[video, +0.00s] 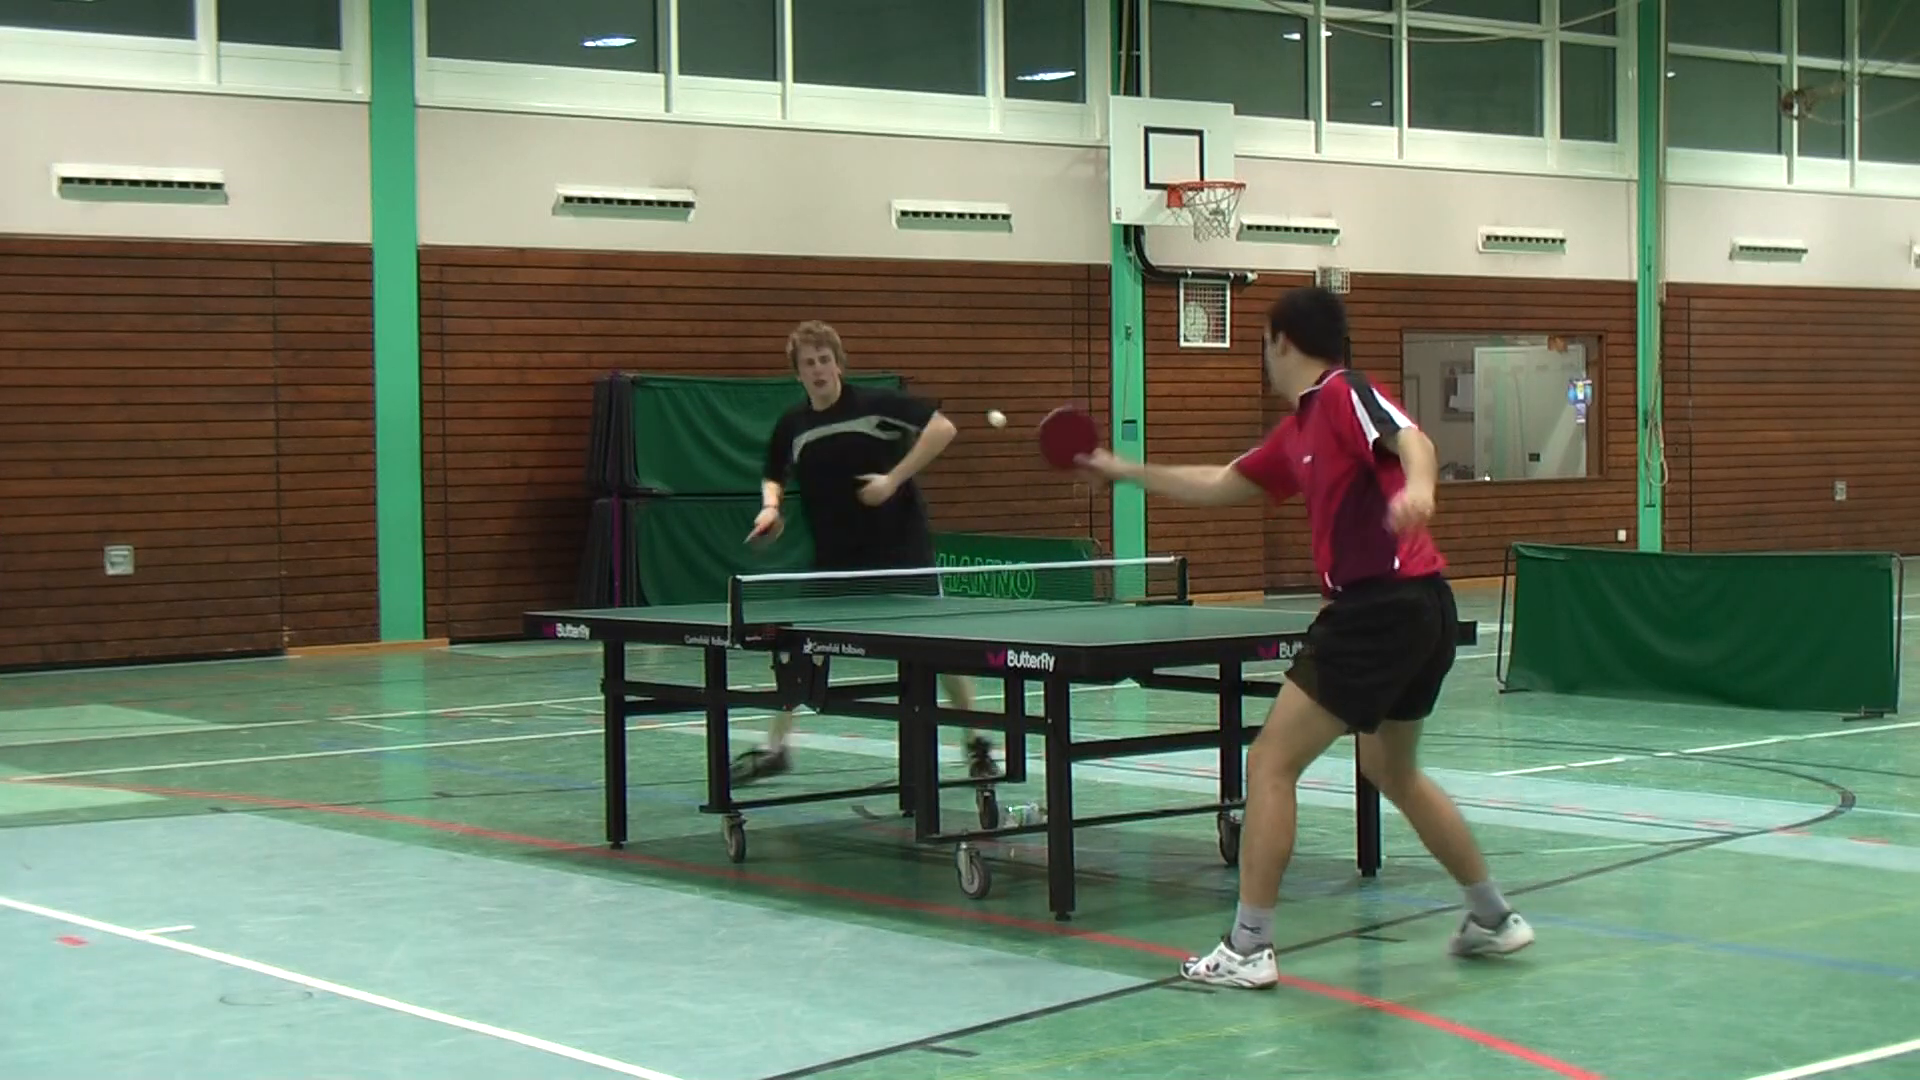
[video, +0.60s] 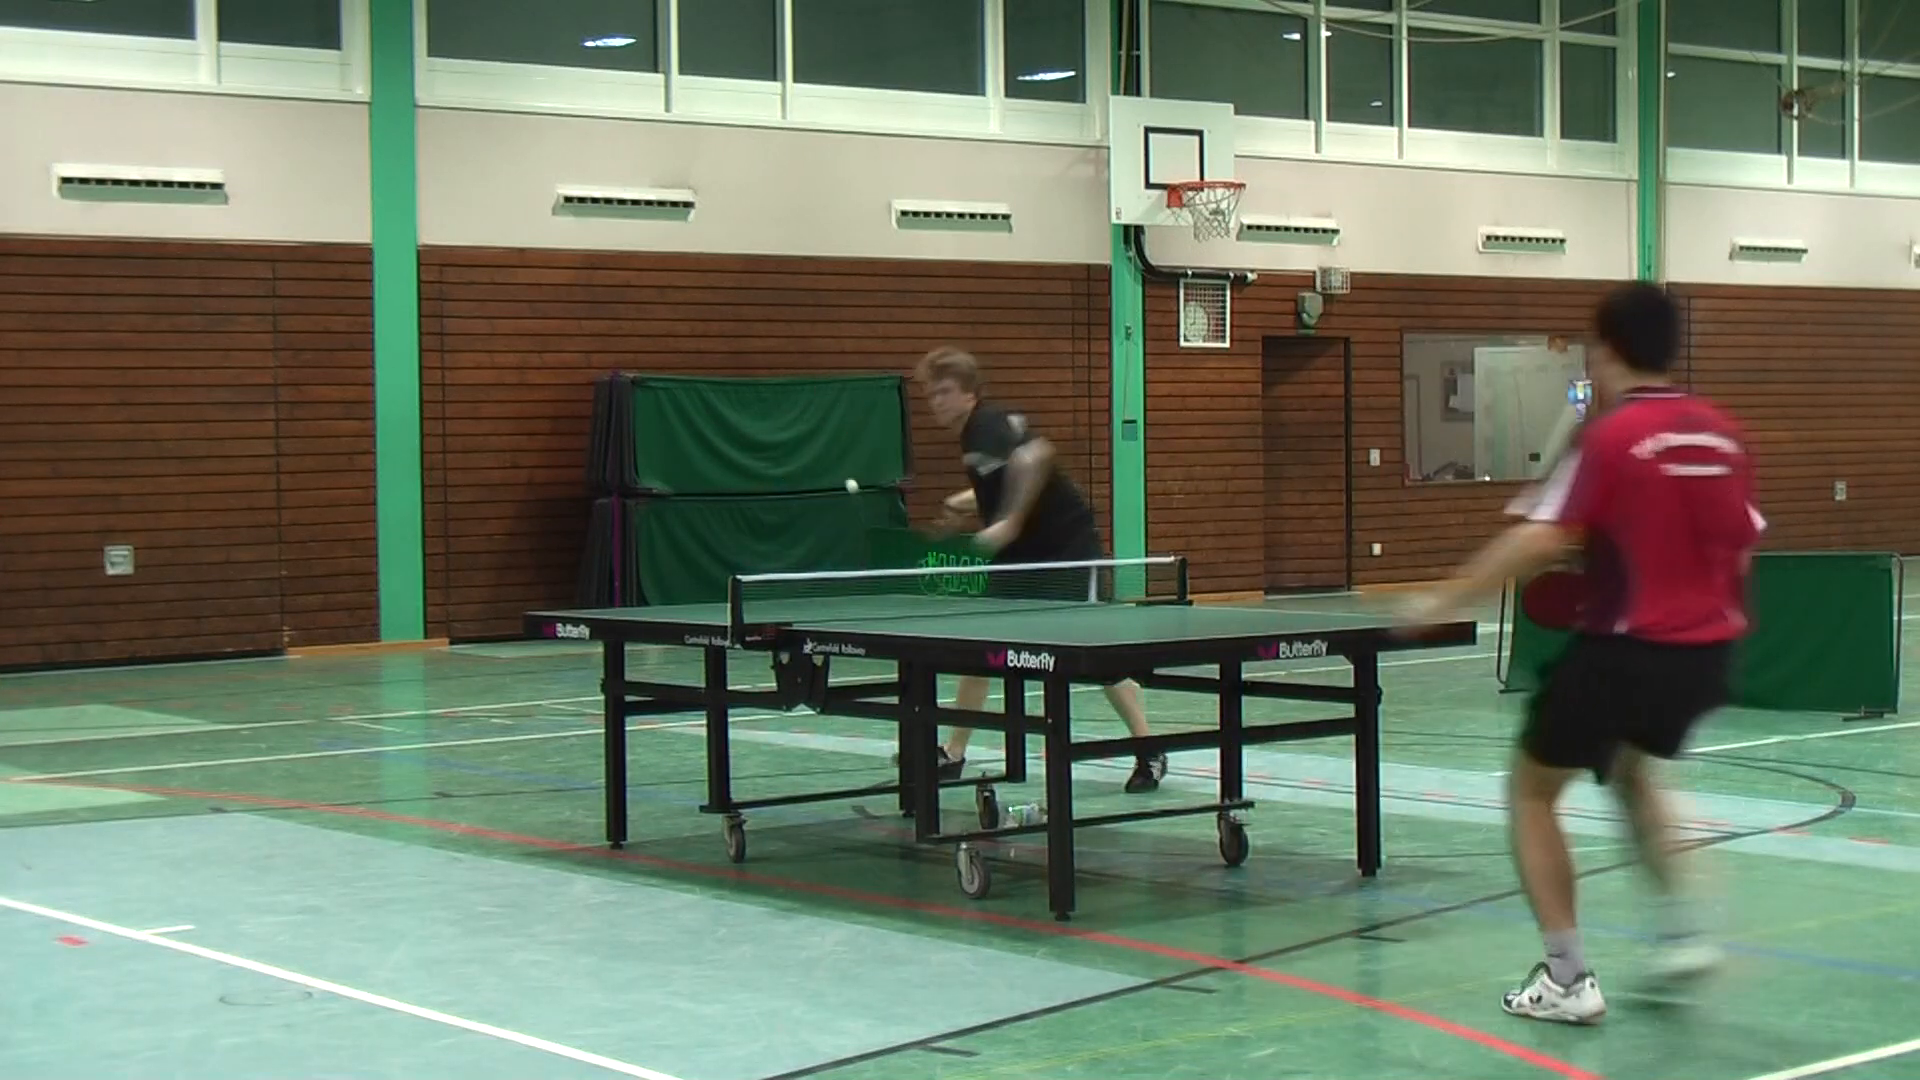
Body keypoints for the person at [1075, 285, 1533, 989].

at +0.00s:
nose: (1265, 358)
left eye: (1268, 345)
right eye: (1268, 345)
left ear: (1287, 344)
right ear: (1321, 344)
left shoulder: (1345, 392)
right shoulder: (1298, 430)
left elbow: (1414, 441)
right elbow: (1218, 483)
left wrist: (1419, 490)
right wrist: (1118, 467)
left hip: (1376, 608)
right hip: (1421, 608)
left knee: (1272, 762)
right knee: (1391, 768)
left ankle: (1248, 945)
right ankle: (1493, 915)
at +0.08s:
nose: (1291, 348)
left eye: (1294, 336)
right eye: (1293, 337)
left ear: (1310, 338)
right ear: (1359, 338)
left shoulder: (1357, 391)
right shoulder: (1334, 421)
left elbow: (1414, 452)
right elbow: (1257, 473)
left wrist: (1433, 522)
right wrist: (1157, 458)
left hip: (1380, 607)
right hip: (1436, 611)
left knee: (1279, 768)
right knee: (1373, 761)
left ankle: (1246, 943)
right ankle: (1455, 911)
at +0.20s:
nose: (1339, 361)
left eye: (1344, 348)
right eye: (1339, 349)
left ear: (1366, 349)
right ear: (1398, 348)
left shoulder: (1408, 406)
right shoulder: (1396, 413)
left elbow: (1429, 494)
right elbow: (1353, 490)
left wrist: (1401, 582)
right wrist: (1248, 492)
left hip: (1423, 614)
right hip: (1459, 618)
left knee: (1300, 760)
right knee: (1366, 762)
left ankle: (1251, 941)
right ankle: (1399, 933)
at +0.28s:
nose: (1375, 376)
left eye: (1379, 364)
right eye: (1378, 363)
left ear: (1397, 367)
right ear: (1445, 365)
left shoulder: (1441, 434)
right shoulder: (1464, 430)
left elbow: (1424, 526)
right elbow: (1414, 519)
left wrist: (1340, 595)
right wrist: (1333, 536)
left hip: (1446, 643)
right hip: (1479, 645)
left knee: (1297, 763)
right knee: (1373, 762)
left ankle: (1345, 934)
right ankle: (1400, 933)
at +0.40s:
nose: (1450, 378)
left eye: (1454, 366)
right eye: (1453, 366)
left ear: (1469, 368)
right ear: (1518, 364)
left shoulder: (1496, 444)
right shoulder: (1563, 432)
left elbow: (1420, 532)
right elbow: (1600, 535)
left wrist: (1301, 546)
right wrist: (1524, 569)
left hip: (1485, 652)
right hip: (1536, 652)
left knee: (1369, 800)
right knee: (1412, 781)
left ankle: (1504, 917)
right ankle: (1401, 938)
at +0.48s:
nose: (1508, 366)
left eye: (1510, 354)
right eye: (1509, 354)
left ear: (1525, 356)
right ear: (1584, 353)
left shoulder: (1534, 434)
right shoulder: (1635, 426)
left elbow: (1449, 519)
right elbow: (1686, 531)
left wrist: (1345, 532)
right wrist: (1628, 579)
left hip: (1534, 644)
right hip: (1598, 646)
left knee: (1450, 804)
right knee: (1487, 778)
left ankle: (1553, 951)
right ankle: (1434, 923)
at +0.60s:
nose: (1592, 365)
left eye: (1596, 352)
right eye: (1594, 351)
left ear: (1614, 353)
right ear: (1671, 352)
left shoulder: (1612, 434)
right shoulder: (1723, 430)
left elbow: (1547, 537)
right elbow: (1742, 540)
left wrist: (1448, 594)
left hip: (1627, 650)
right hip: (1707, 651)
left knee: (1532, 787)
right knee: (1629, 761)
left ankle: (1567, 974)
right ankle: (1686, 931)